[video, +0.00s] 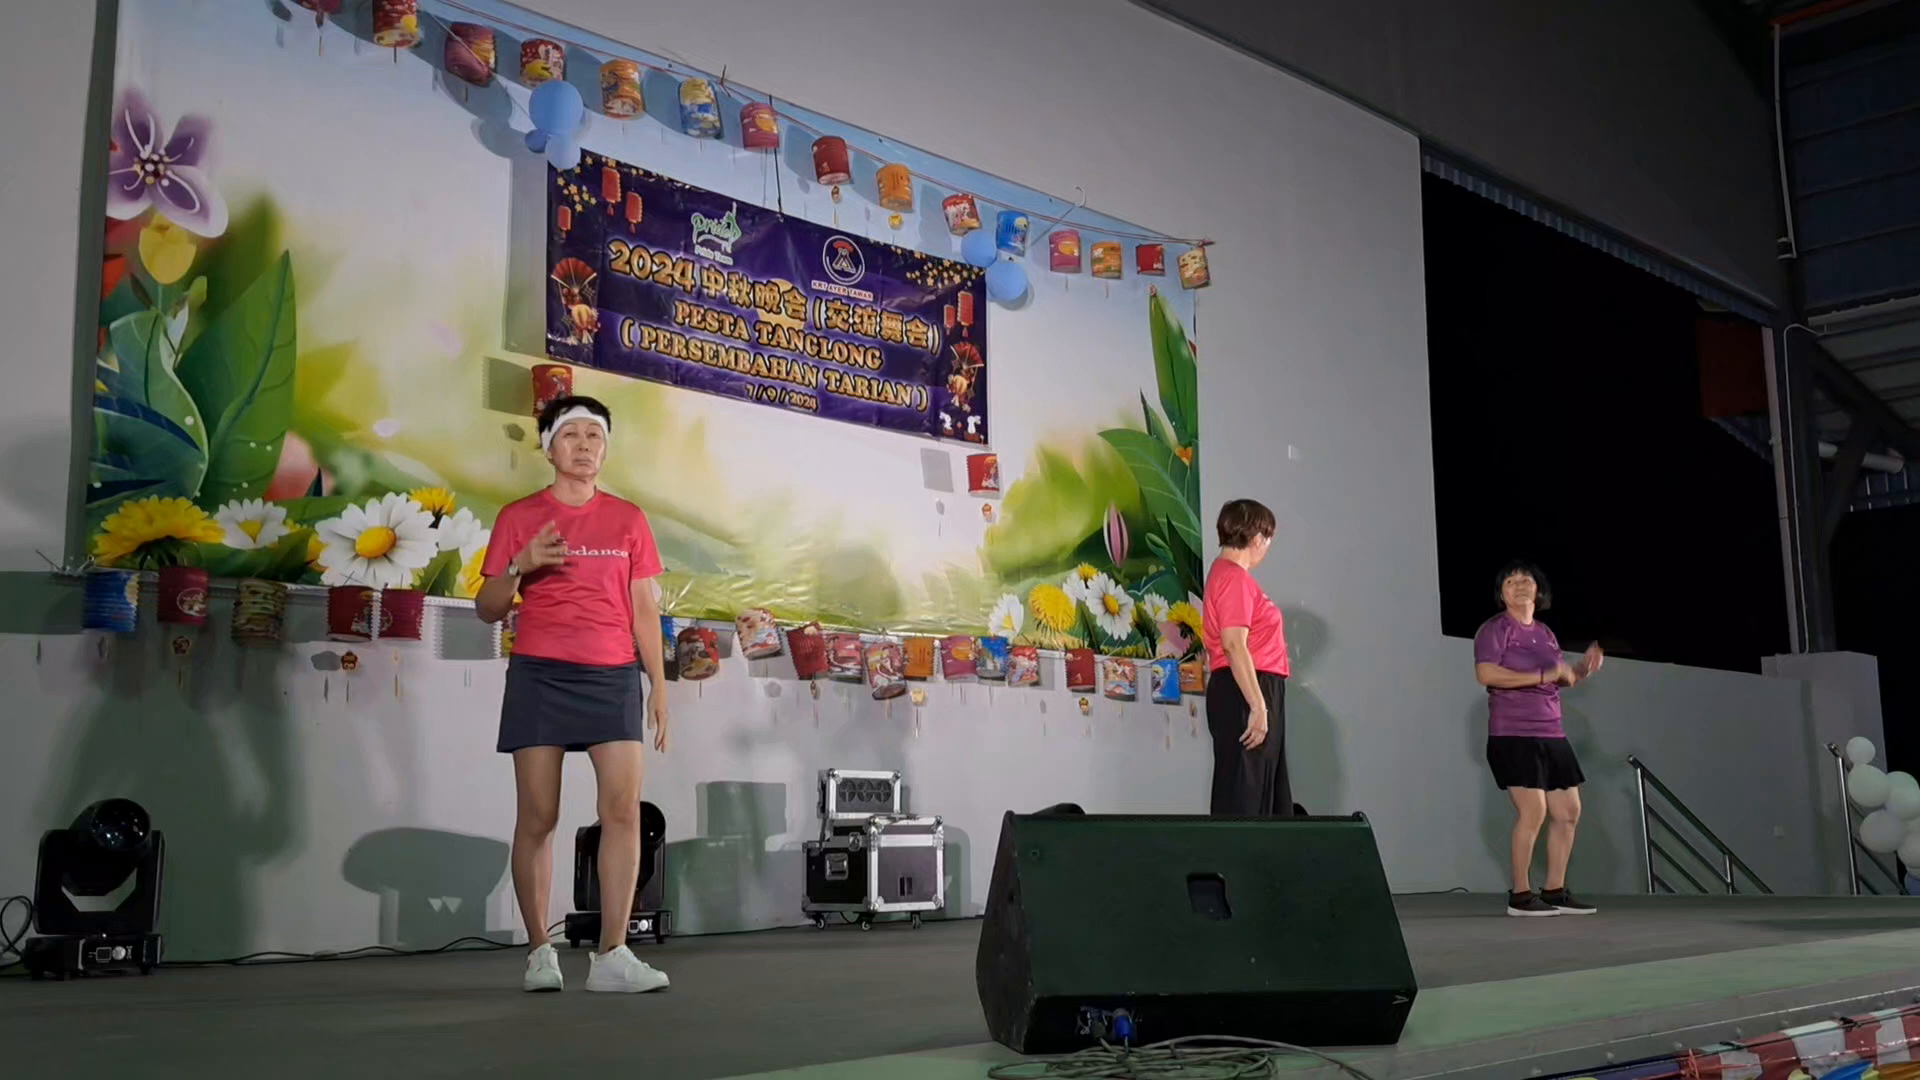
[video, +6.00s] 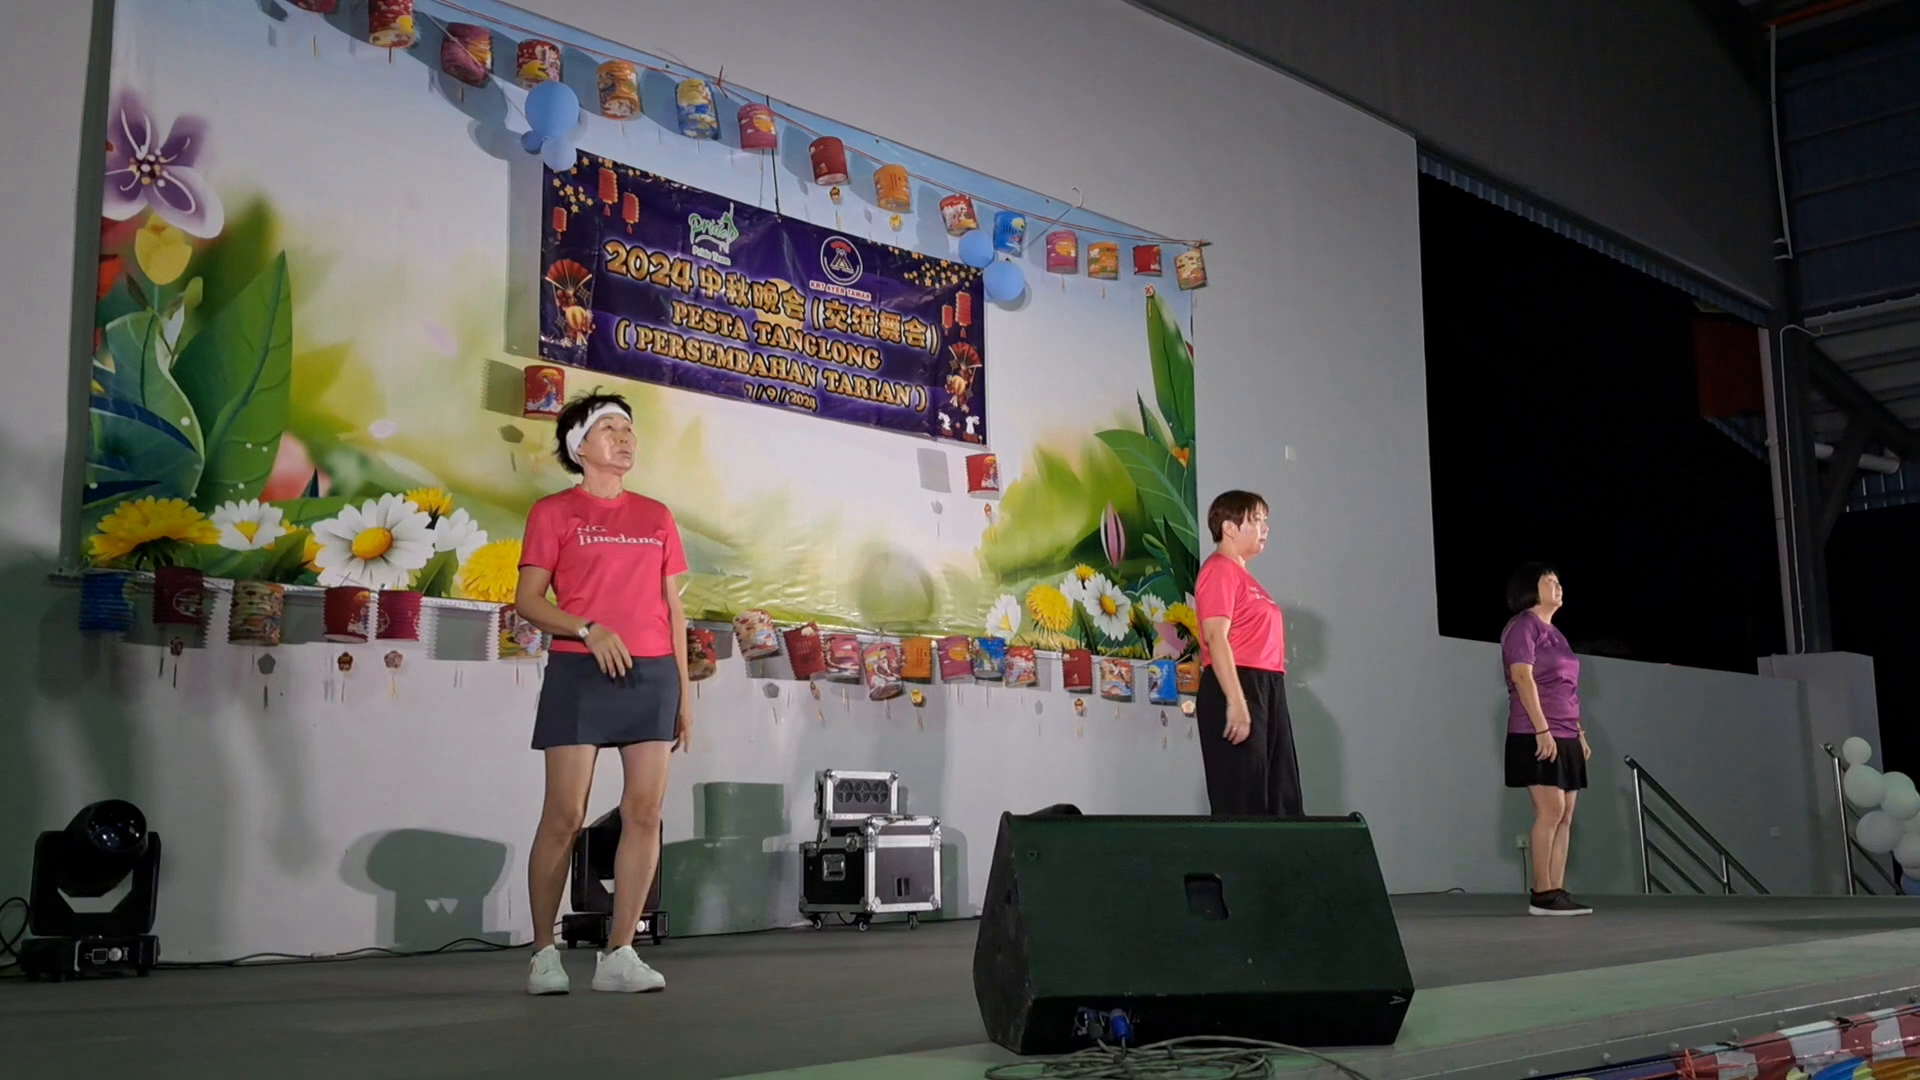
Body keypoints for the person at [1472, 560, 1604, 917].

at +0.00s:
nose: (1519, 586)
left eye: (1525, 581)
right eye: (1512, 582)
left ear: (1538, 590)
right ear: (1501, 592)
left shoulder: (1546, 634)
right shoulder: (1493, 630)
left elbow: (1559, 679)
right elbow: (1486, 674)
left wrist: (1582, 668)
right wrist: (1543, 677)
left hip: (1551, 735)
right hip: (1511, 736)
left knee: (1568, 810)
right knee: (1532, 811)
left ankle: (1554, 891)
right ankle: (1520, 895)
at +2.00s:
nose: (1541, 588)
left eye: (1545, 583)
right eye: (1532, 583)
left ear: (1551, 592)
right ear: (1516, 591)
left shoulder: (1554, 633)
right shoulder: (1502, 628)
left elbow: (1564, 676)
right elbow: (1486, 672)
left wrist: (1577, 706)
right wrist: (1537, 695)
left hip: (1556, 736)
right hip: (1518, 735)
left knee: (1554, 815)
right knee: (1530, 811)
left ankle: (1542, 890)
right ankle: (1519, 893)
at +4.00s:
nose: (1552, 587)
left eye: (1557, 582)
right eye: (1544, 582)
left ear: (1563, 591)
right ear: (1528, 590)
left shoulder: (1566, 632)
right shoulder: (1520, 629)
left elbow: (1583, 680)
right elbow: (1520, 682)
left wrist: (1605, 722)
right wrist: (1549, 728)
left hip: (1575, 736)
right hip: (1540, 736)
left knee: (1576, 814)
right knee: (1558, 811)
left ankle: (1559, 891)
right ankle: (1541, 892)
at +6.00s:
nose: (1557, 587)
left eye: (1557, 582)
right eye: (1549, 582)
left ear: (1558, 592)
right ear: (1532, 589)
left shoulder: (1556, 634)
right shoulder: (1523, 625)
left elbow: (1563, 690)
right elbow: (1521, 677)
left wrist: (1578, 732)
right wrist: (1542, 729)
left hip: (1566, 735)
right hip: (1538, 734)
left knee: (1565, 814)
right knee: (1550, 811)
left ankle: (1556, 891)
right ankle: (1542, 892)